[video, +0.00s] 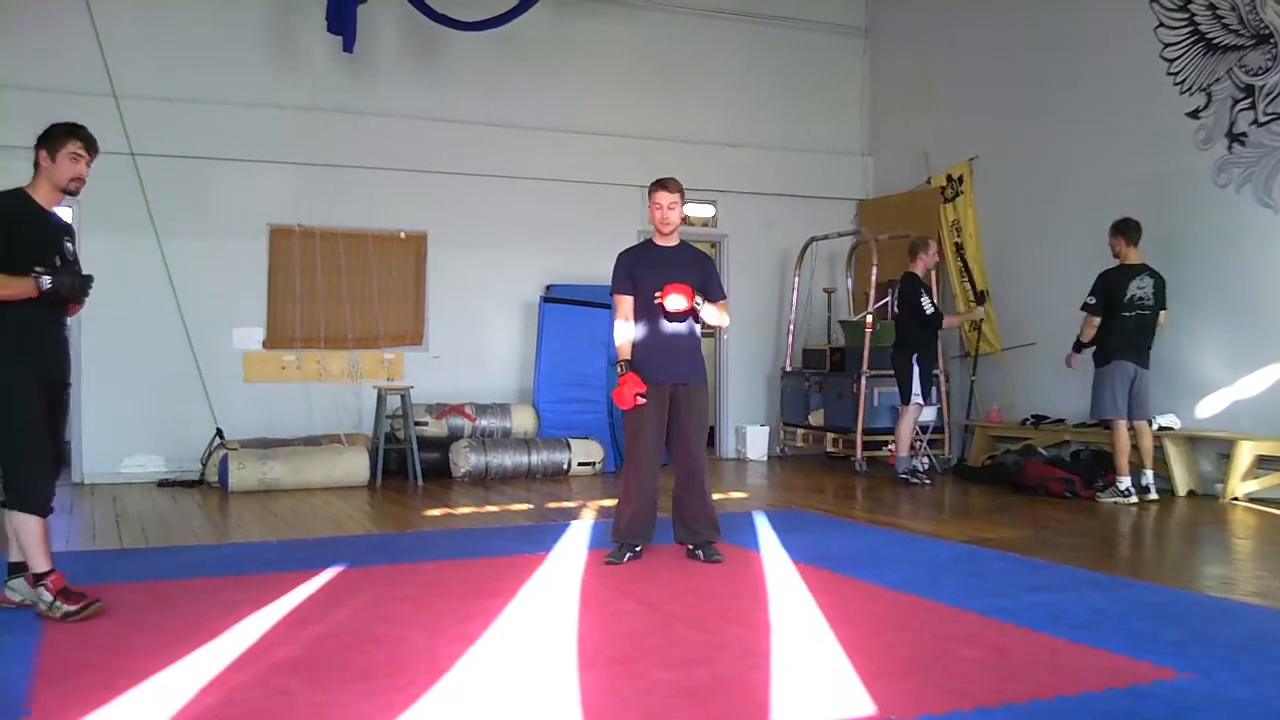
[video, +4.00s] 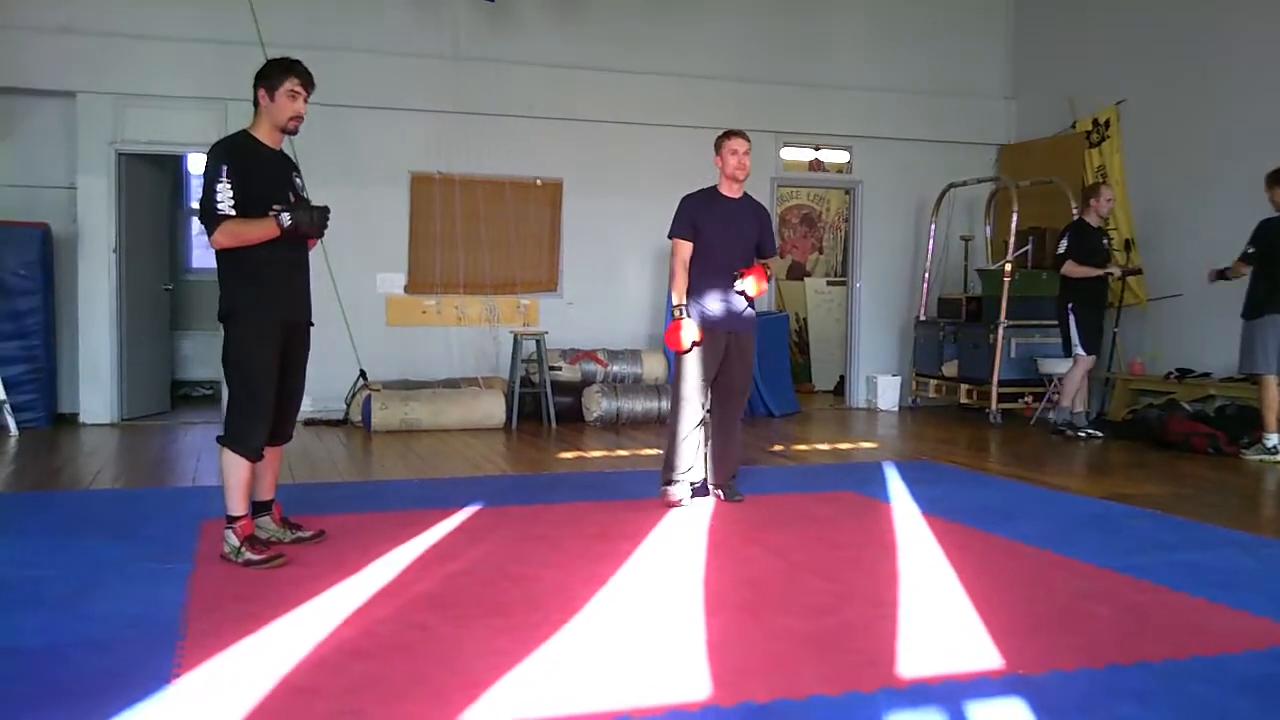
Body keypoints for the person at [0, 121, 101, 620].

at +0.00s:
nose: (82, 170)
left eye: (87, 163)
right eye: (75, 158)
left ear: (84, 170)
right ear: (43, 157)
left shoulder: (62, 227)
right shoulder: (6, 207)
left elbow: (65, 307)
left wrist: (73, 294)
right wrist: (43, 284)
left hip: (49, 365)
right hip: (11, 363)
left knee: (30, 465)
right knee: (30, 464)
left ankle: (18, 575)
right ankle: (46, 585)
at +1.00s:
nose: (76, 144)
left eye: (75, 134)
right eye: (67, 134)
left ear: (42, 141)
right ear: (32, 139)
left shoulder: (56, 209)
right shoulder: (2, 199)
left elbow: (70, 286)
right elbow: (0, 280)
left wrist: (76, 269)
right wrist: (41, 272)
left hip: (54, 360)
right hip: (9, 363)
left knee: (70, 462)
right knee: (6, 475)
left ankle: (74, 573)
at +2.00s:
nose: (224, 163)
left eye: (230, 156)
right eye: (216, 152)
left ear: (231, 165)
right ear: (189, 152)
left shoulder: (215, 226)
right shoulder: (147, 201)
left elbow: (223, 305)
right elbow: (122, 272)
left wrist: (223, 281)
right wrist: (188, 271)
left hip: (204, 359)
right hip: (156, 355)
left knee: (192, 467)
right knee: (159, 462)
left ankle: (176, 569)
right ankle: (98, 561)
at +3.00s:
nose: (282, 112)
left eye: (285, 103)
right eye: (274, 100)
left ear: (253, 102)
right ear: (241, 96)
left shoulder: (246, 159)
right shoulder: (209, 152)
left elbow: (243, 227)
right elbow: (209, 238)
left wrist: (273, 223)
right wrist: (271, 226)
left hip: (261, 309)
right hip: (224, 311)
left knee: (276, 412)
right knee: (229, 417)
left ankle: (255, 517)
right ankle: (227, 537)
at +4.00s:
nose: (302, 108)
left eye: (306, 100)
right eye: (293, 96)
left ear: (300, 106)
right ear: (263, 96)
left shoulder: (289, 164)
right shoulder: (228, 152)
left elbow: (293, 236)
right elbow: (220, 235)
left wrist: (311, 226)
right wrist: (285, 222)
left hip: (292, 311)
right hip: (249, 311)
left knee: (279, 415)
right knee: (248, 416)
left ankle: (264, 517)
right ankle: (236, 534)